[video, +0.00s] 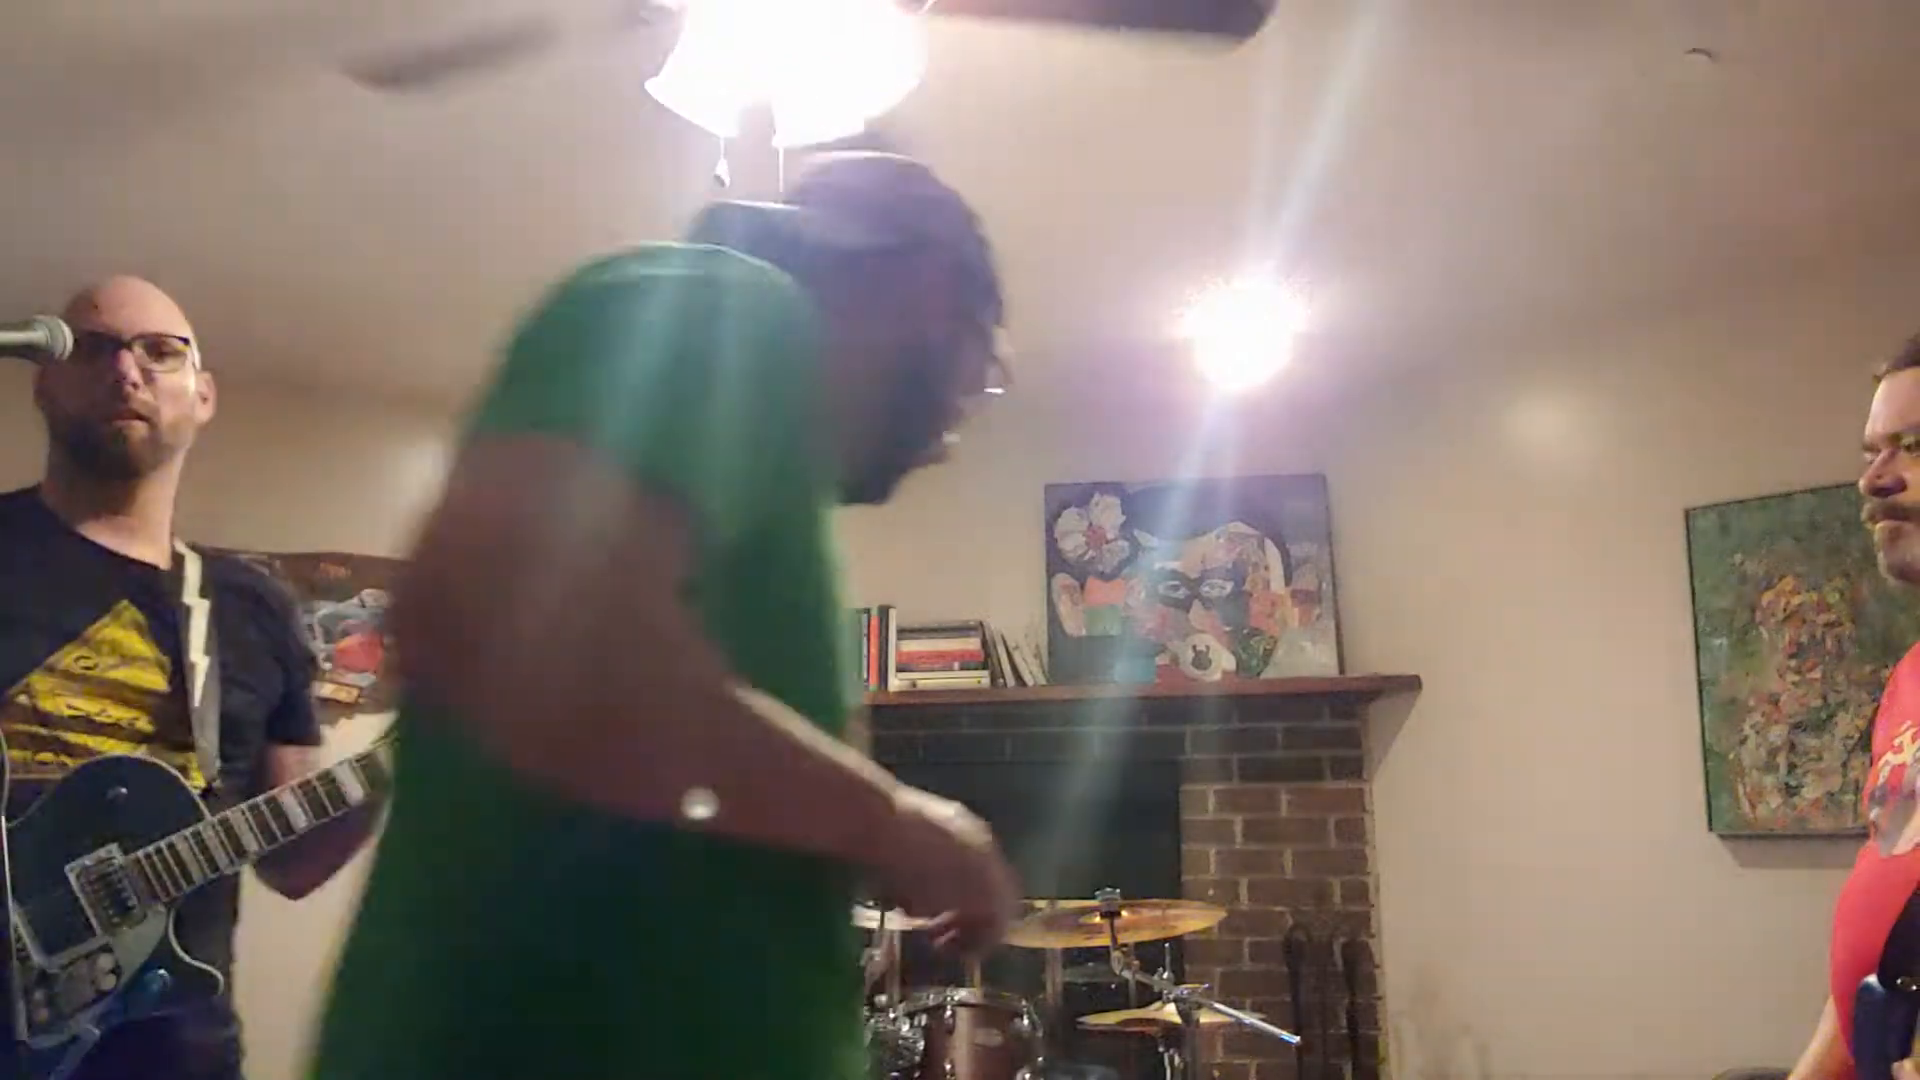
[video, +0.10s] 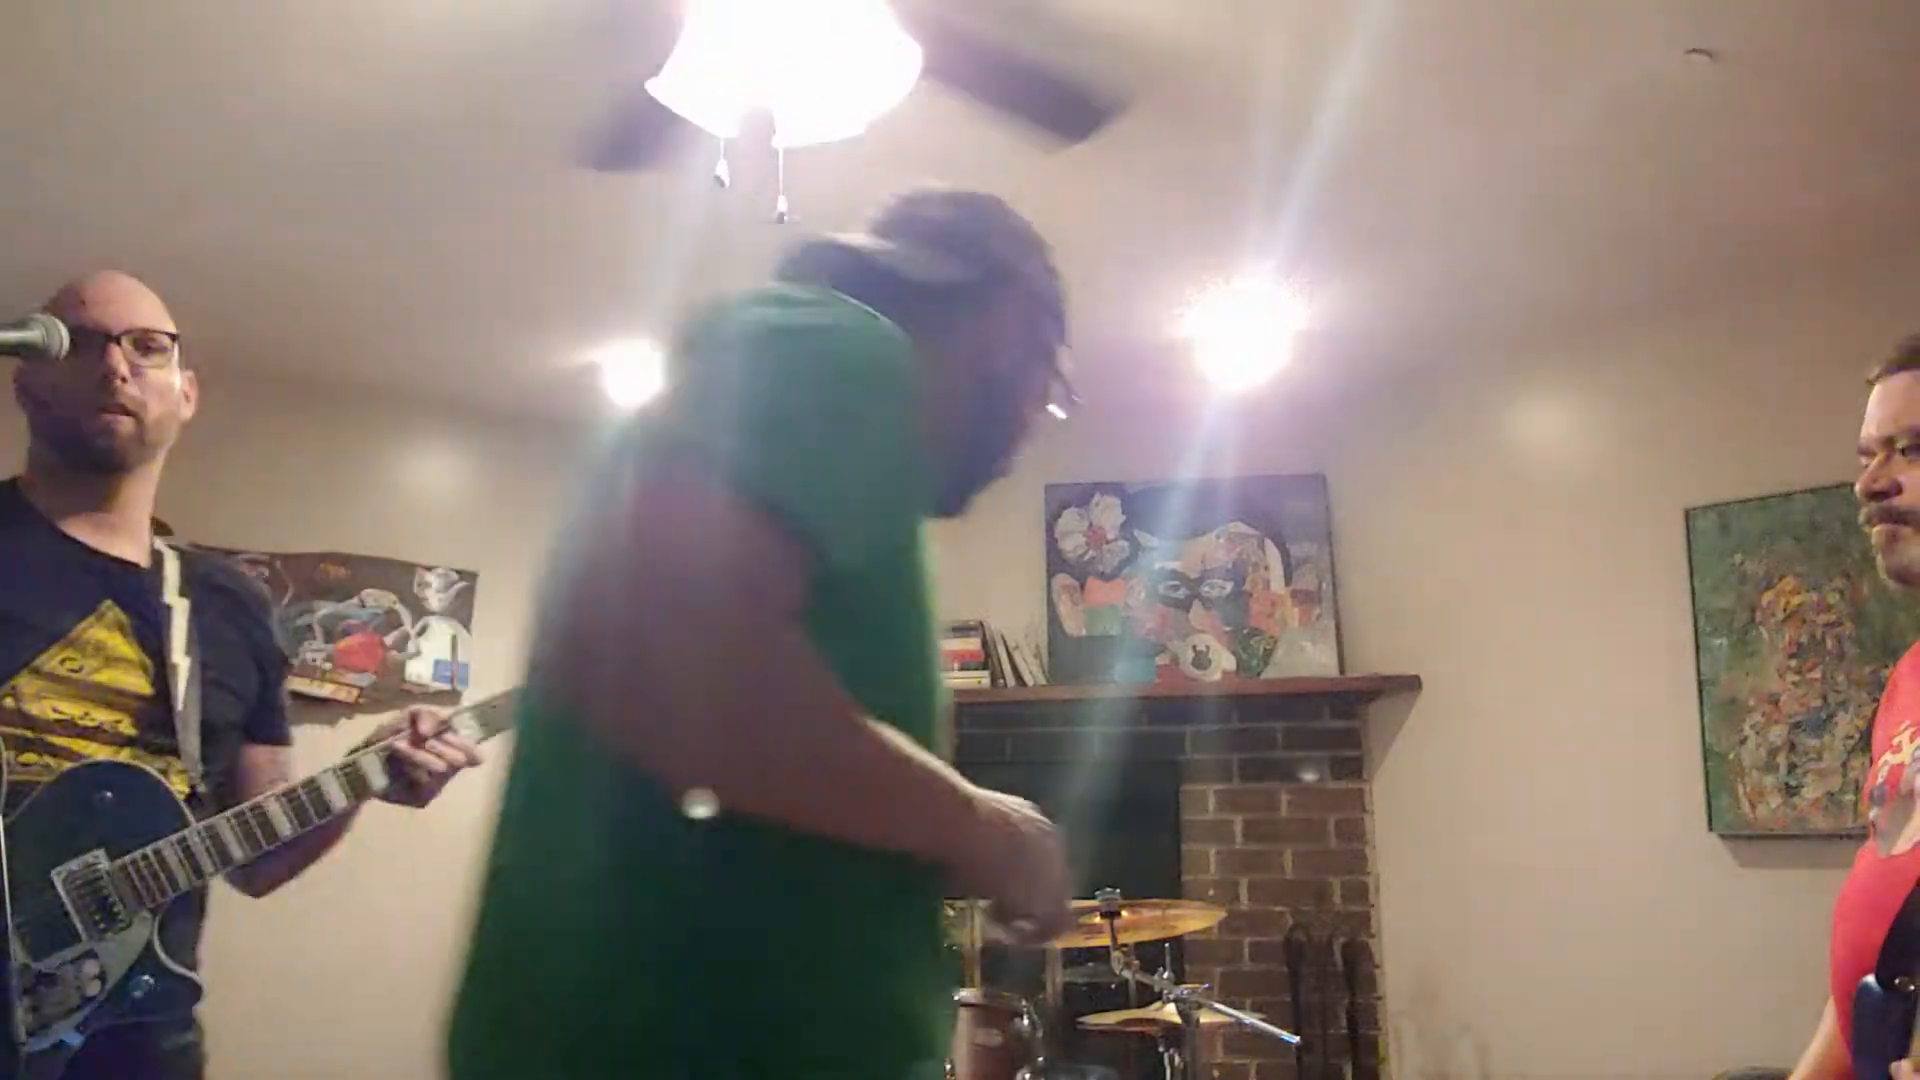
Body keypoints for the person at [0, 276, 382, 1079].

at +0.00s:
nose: (129, 367)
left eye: (161, 351)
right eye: (97, 348)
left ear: (202, 400)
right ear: (45, 385)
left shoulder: (250, 607)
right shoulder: (11, 546)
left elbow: (292, 865)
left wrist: (409, 747)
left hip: (174, 1037)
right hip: (11, 1034)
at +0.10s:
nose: (117, 364)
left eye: (147, 346)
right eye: (83, 344)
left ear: (186, 397)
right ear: (29, 384)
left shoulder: (227, 609)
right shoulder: (6, 546)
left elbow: (258, 863)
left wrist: (371, 774)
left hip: (140, 1033)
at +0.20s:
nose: (111, 364)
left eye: (141, 347)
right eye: (75, 342)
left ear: (174, 398)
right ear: (12, 379)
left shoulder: (203, 607)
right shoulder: (8, 543)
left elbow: (227, 855)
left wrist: (352, 790)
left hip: (110, 1035)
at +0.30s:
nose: (110, 369)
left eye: (137, 352)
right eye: (72, 344)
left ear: (165, 402)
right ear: (7, 377)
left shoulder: (183, 609)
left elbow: (199, 826)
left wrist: (327, 804)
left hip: (91, 1040)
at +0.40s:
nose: (110, 375)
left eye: (137, 359)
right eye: (72, 347)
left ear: (162, 405)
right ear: (5, 375)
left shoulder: (177, 610)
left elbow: (184, 823)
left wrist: (313, 814)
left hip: (75, 1039)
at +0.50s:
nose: (109, 378)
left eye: (137, 362)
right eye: (69, 349)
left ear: (161, 405)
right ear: (3, 373)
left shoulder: (177, 610)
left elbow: (180, 822)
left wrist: (309, 815)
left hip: (76, 1038)